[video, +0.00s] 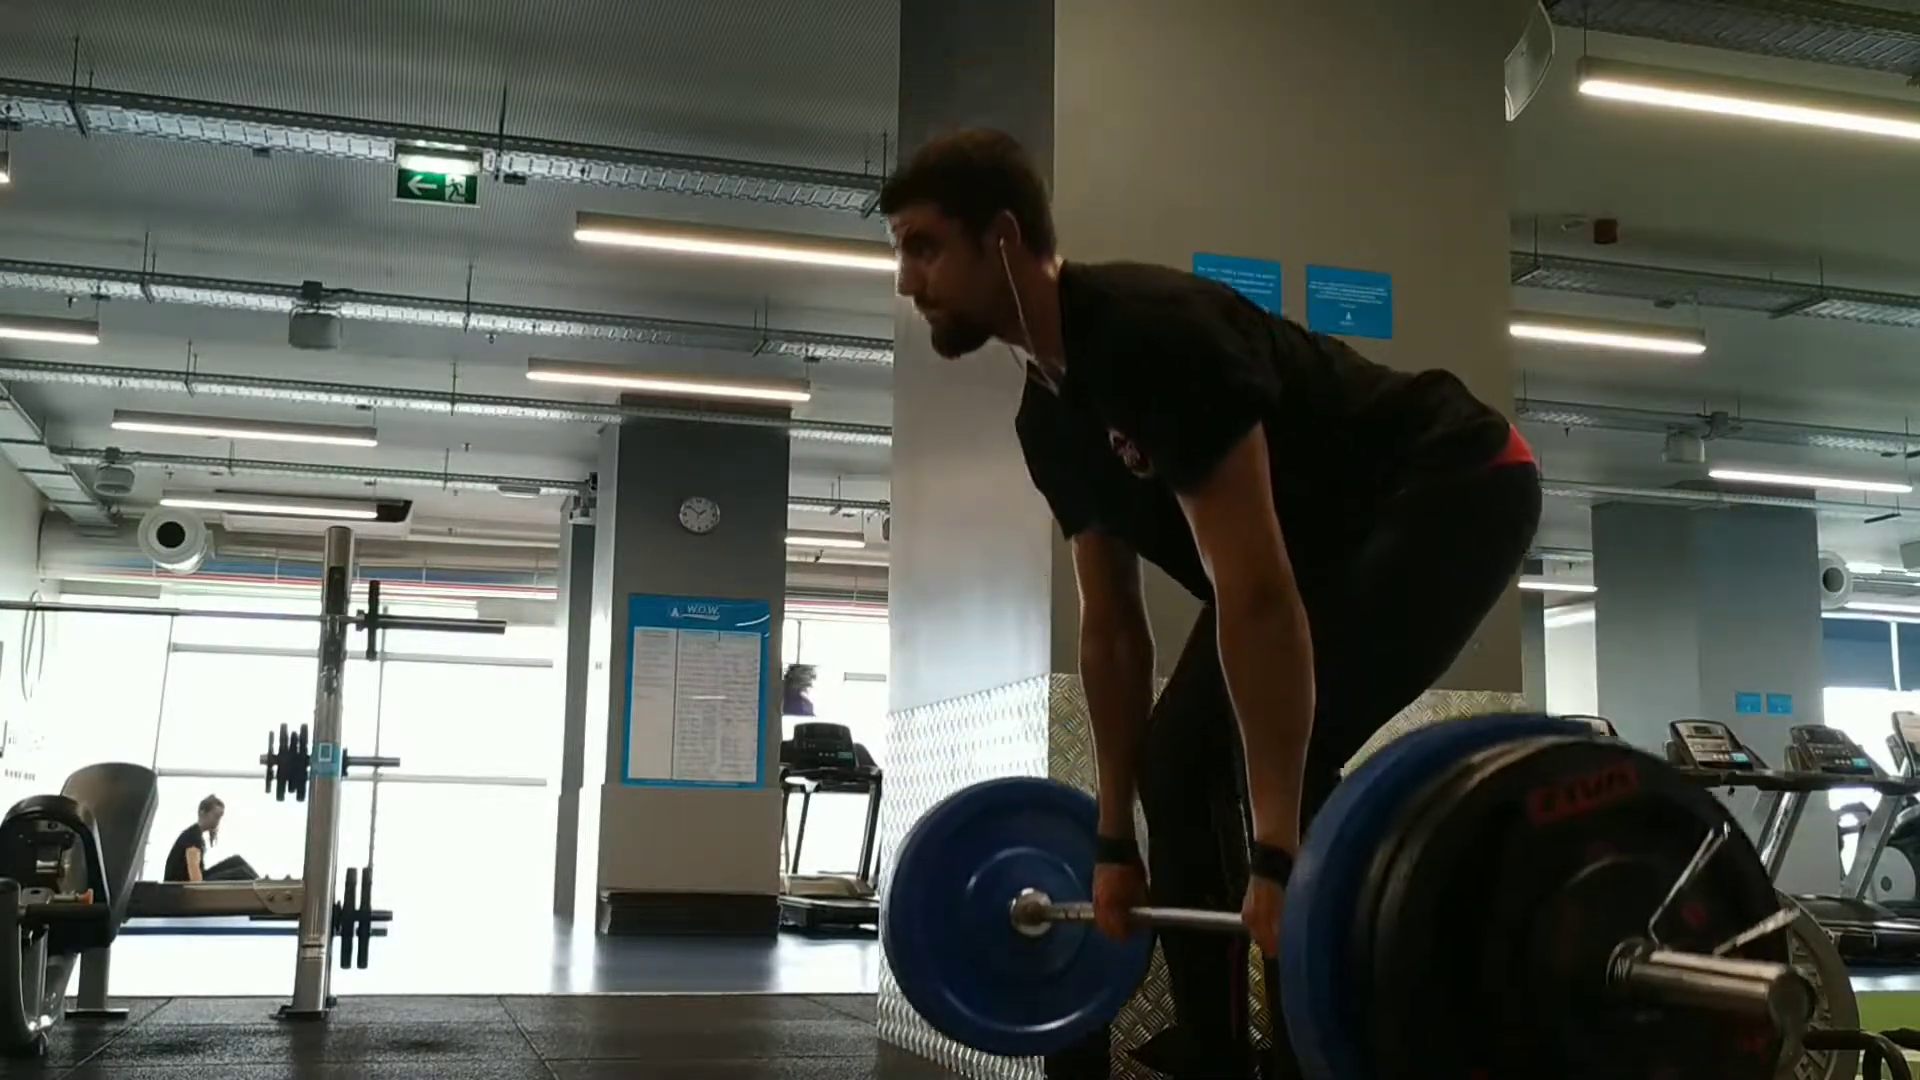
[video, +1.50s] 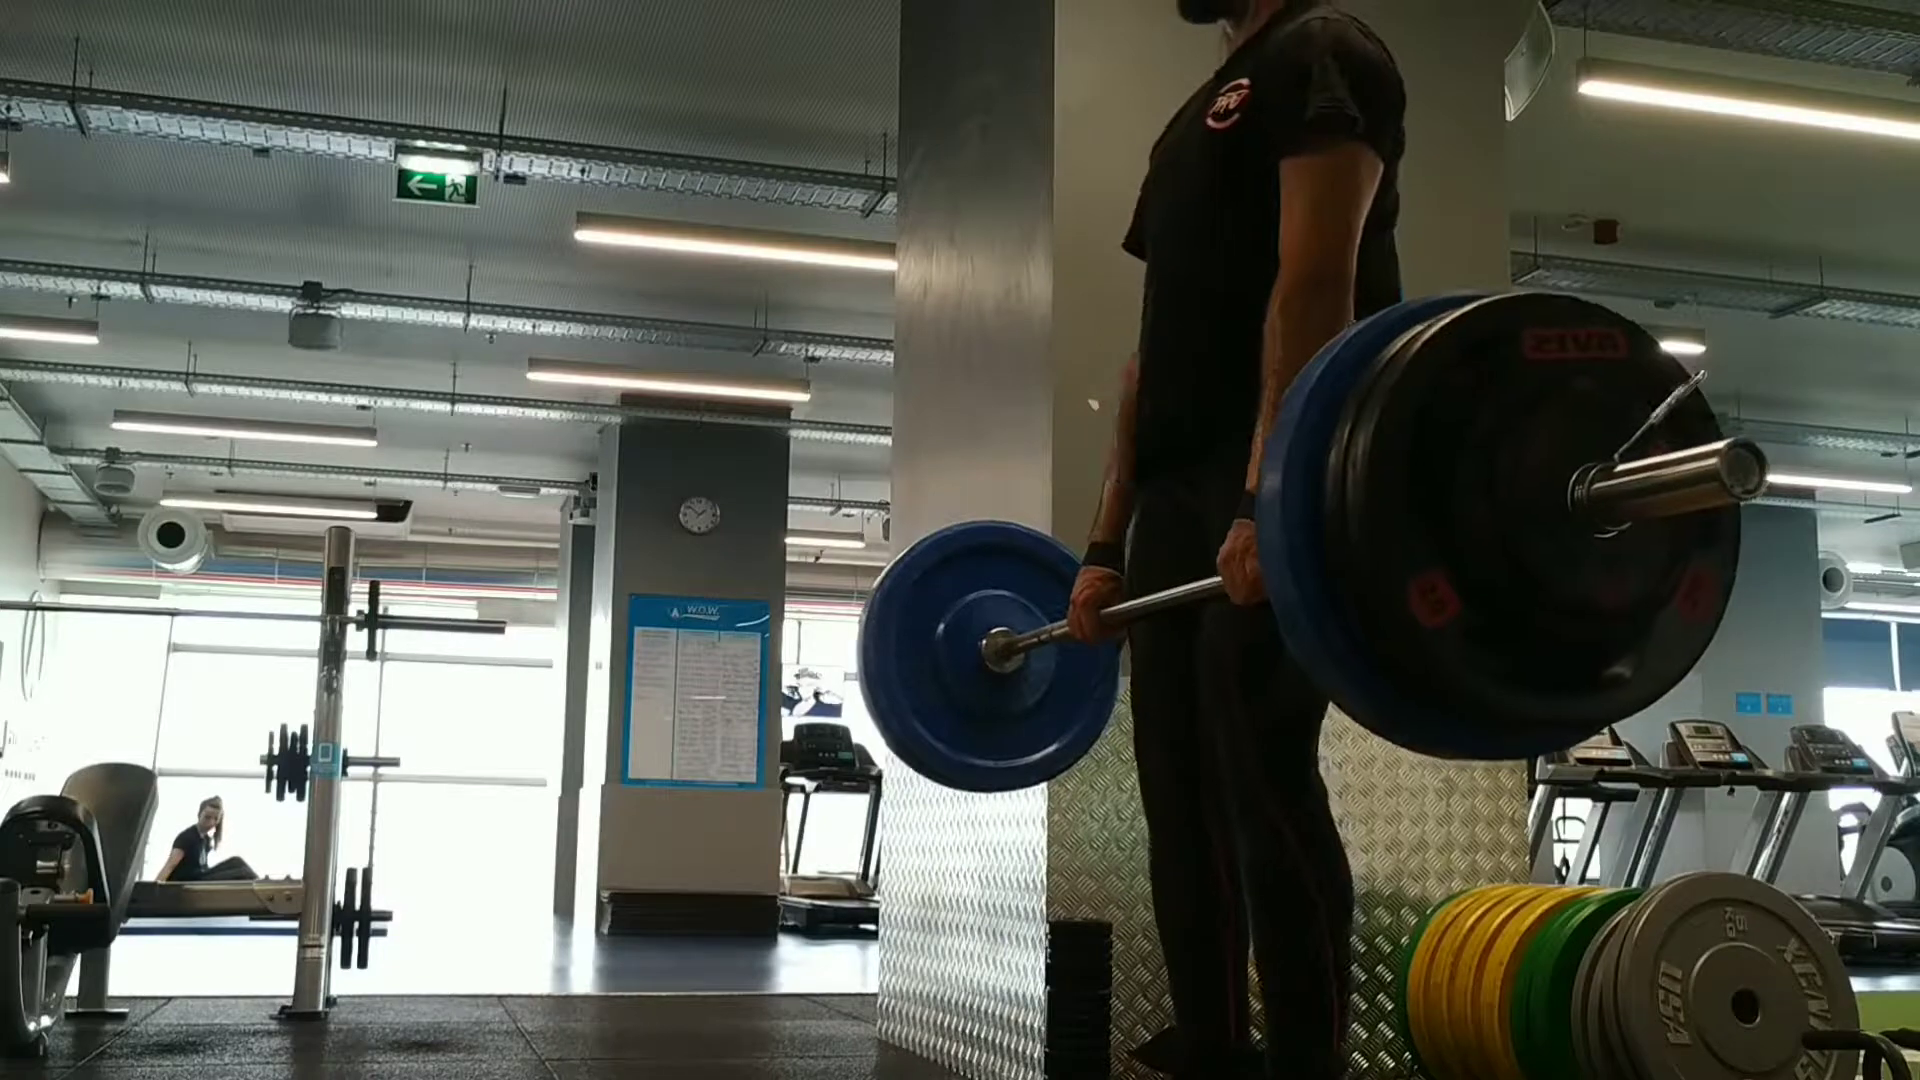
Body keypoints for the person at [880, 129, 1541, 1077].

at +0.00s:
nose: (905, 283)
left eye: (923, 249)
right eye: (901, 256)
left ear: (1006, 238)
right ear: (998, 249)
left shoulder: (1152, 329)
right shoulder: (1049, 418)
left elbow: (1259, 594)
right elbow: (1108, 626)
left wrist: (1277, 854)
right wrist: (1114, 840)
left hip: (1451, 487)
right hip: (1313, 527)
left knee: (1282, 761)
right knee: (1175, 763)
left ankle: (1310, 1040)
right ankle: (1210, 1039)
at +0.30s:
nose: (900, 335)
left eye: (916, 302)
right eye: (896, 308)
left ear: (996, 288)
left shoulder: (1154, 375)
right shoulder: (1053, 459)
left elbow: (1264, 644)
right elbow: (1111, 661)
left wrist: (1282, 902)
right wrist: (1117, 880)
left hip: (1464, 490)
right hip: (1327, 532)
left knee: (1293, 761)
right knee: (1177, 762)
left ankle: (1344, 1028)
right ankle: (1208, 1040)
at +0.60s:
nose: (913, 254)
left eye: (930, 222)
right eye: (909, 230)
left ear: (1015, 211)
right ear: (1003, 223)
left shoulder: (1159, 306)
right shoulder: (1056, 395)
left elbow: (1264, 570)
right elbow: (1112, 605)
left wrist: (1284, 821)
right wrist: (1118, 814)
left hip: (1451, 473)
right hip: (1319, 512)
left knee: (1320, 769)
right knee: (1200, 758)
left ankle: (1324, 1042)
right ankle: (1214, 1039)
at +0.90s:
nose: (979, 70)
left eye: (1000, 37)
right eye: (977, 44)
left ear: (1080, 36)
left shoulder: (1196, 161)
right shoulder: (1081, 247)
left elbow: (1271, 421)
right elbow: (1117, 469)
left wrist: (1274, 661)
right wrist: (1113, 677)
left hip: (1408, 481)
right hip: (1277, 499)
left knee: (1320, 758)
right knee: (1203, 754)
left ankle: (1315, 1058)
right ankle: (1212, 1045)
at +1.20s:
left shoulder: (1284, 51)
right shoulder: (1154, 118)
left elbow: (1293, 283)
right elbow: (1139, 350)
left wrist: (1273, 506)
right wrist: (1113, 553)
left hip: (1272, 500)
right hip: (1181, 504)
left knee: (1284, 789)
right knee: (1197, 787)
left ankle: (1311, 1056)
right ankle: (1211, 1044)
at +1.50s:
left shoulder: (1321, 46)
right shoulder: (1191, 121)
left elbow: (1318, 287)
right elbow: (1161, 346)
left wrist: (1271, 500)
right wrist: (1107, 546)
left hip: (1264, 500)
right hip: (1173, 507)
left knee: (1264, 786)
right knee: (1181, 792)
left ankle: (1309, 1057)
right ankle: (1207, 1049)